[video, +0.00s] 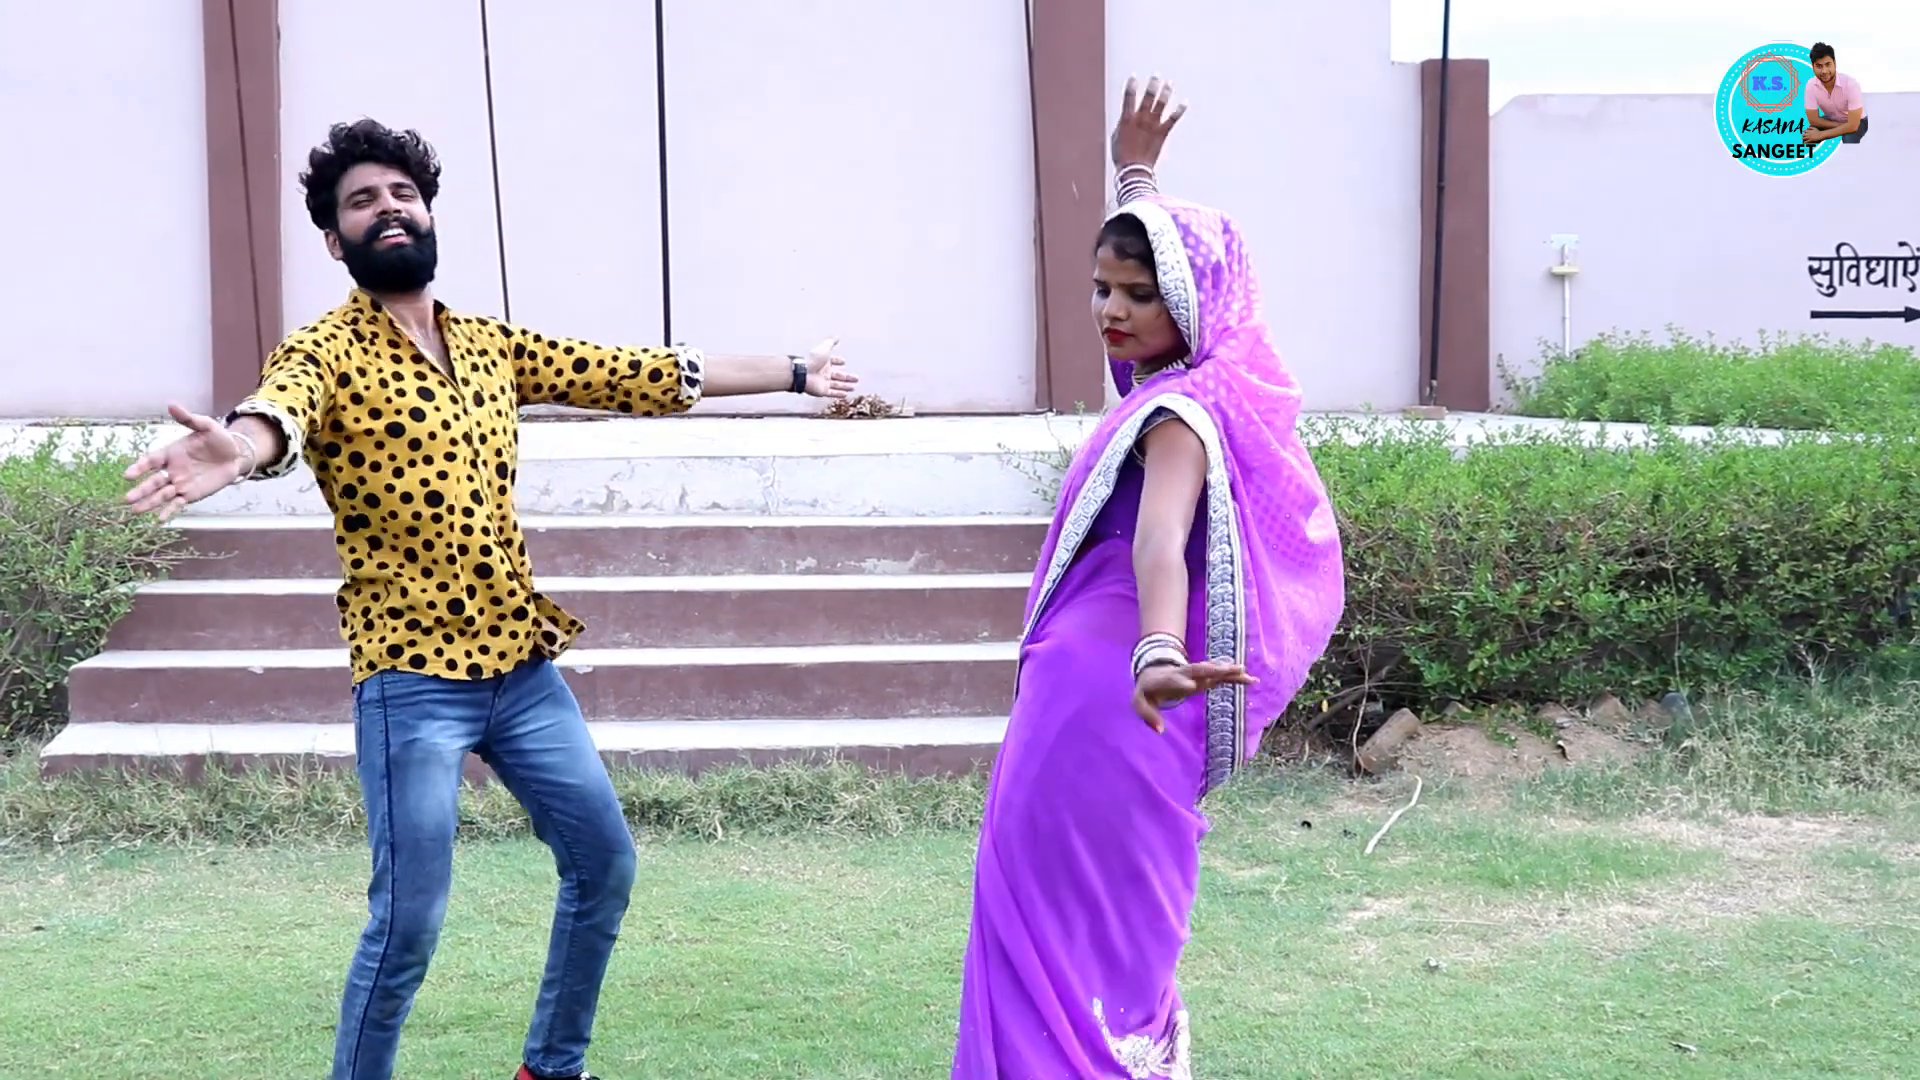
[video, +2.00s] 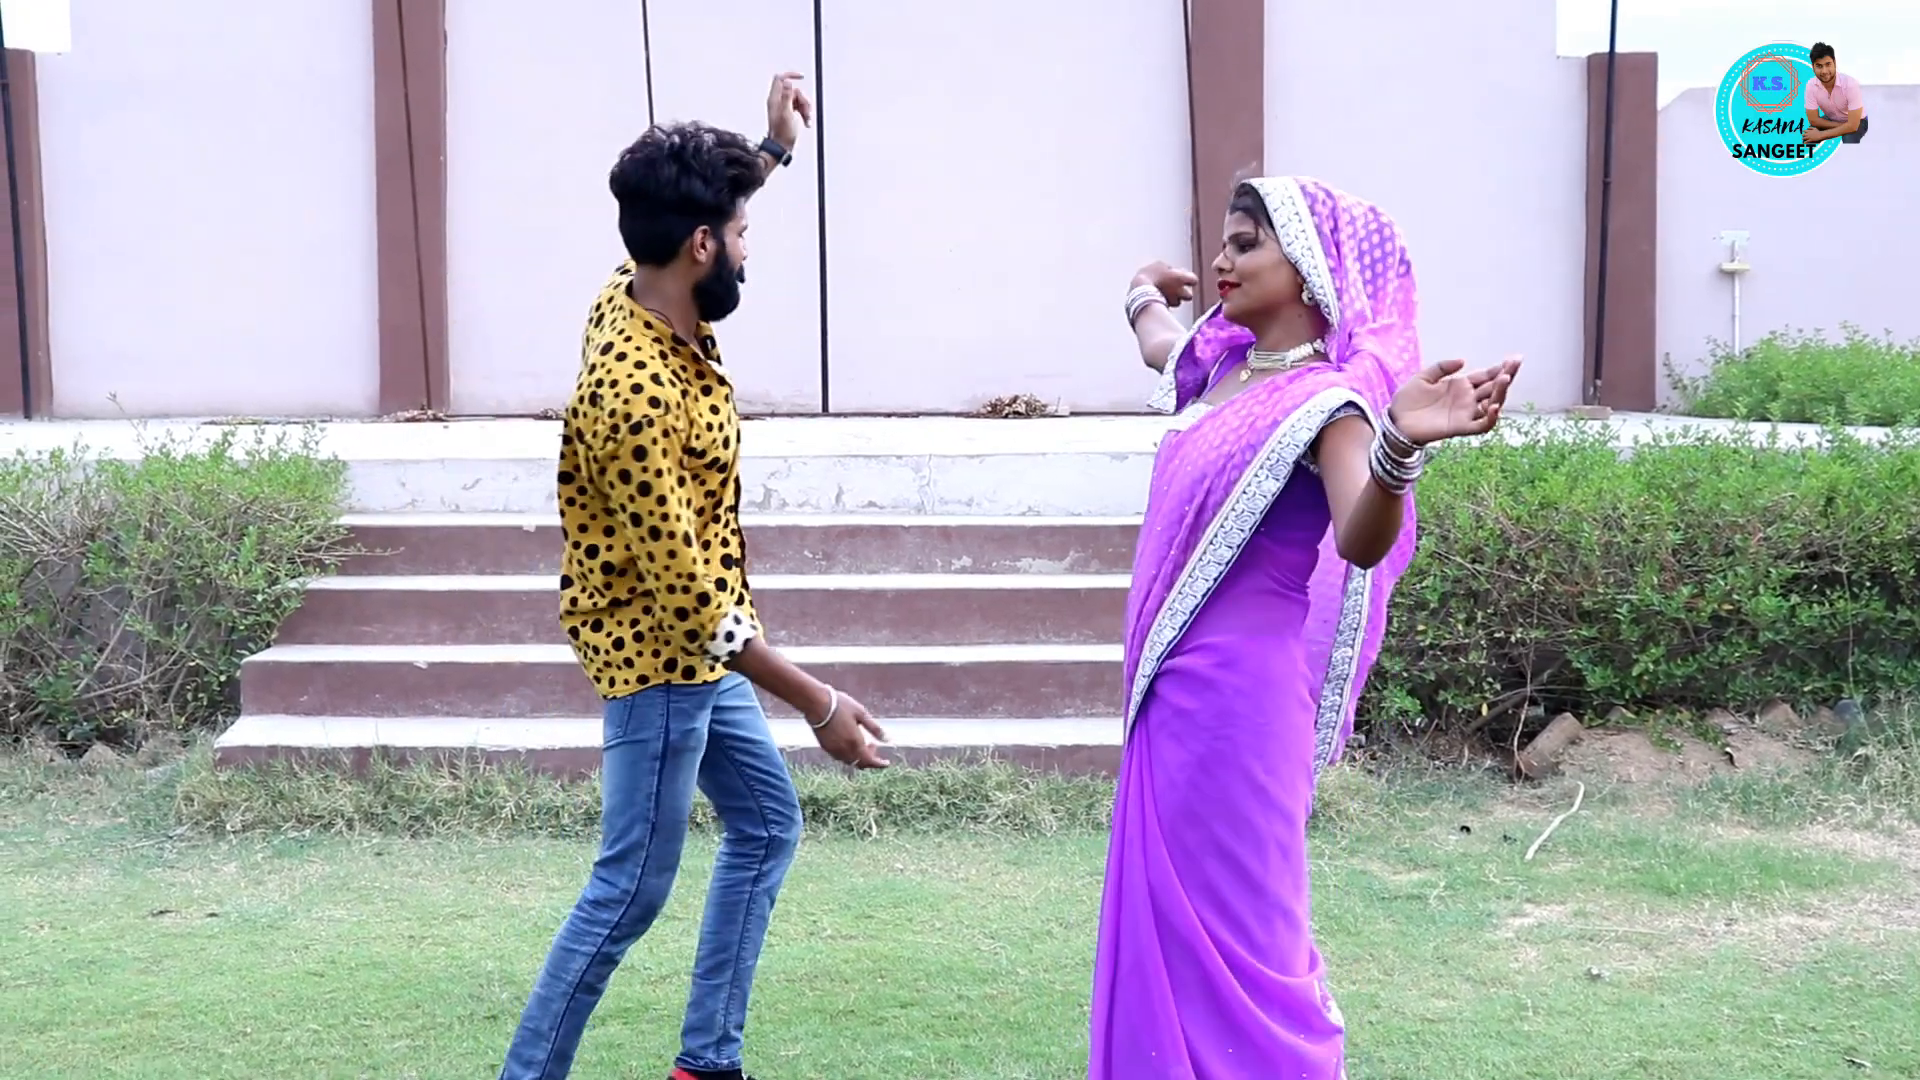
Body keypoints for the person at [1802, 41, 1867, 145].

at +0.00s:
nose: (1824, 71)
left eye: (1828, 65)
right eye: (1819, 66)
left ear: (1835, 64)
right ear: (1813, 67)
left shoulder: (1850, 84)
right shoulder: (1812, 85)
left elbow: (1853, 126)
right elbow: (1813, 120)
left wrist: (1820, 135)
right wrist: (1843, 126)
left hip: (1854, 122)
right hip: (1829, 121)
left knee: (1849, 140)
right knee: (1810, 136)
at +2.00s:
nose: (1824, 71)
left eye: (1828, 65)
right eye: (1819, 66)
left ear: (1835, 63)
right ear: (1813, 67)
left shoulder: (1850, 85)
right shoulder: (1812, 86)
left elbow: (1853, 126)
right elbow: (1813, 120)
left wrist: (1820, 135)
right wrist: (1843, 126)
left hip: (1855, 122)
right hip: (1830, 121)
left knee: (1848, 140)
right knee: (1810, 136)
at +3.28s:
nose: (1824, 71)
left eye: (1828, 65)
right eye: (1819, 66)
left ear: (1835, 63)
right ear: (1813, 67)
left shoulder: (1850, 84)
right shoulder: (1812, 86)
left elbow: (1853, 126)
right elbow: (1813, 120)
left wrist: (1820, 135)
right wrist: (1843, 126)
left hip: (1855, 122)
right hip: (1829, 121)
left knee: (1849, 140)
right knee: (1810, 137)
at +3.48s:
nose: (1824, 71)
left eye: (1828, 65)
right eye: (1819, 66)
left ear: (1835, 63)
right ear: (1813, 67)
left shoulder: (1850, 84)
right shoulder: (1812, 86)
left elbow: (1853, 126)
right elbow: (1813, 120)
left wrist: (1820, 135)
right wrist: (1843, 126)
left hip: (1855, 122)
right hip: (1830, 121)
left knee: (1848, 140)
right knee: (1810, 136)